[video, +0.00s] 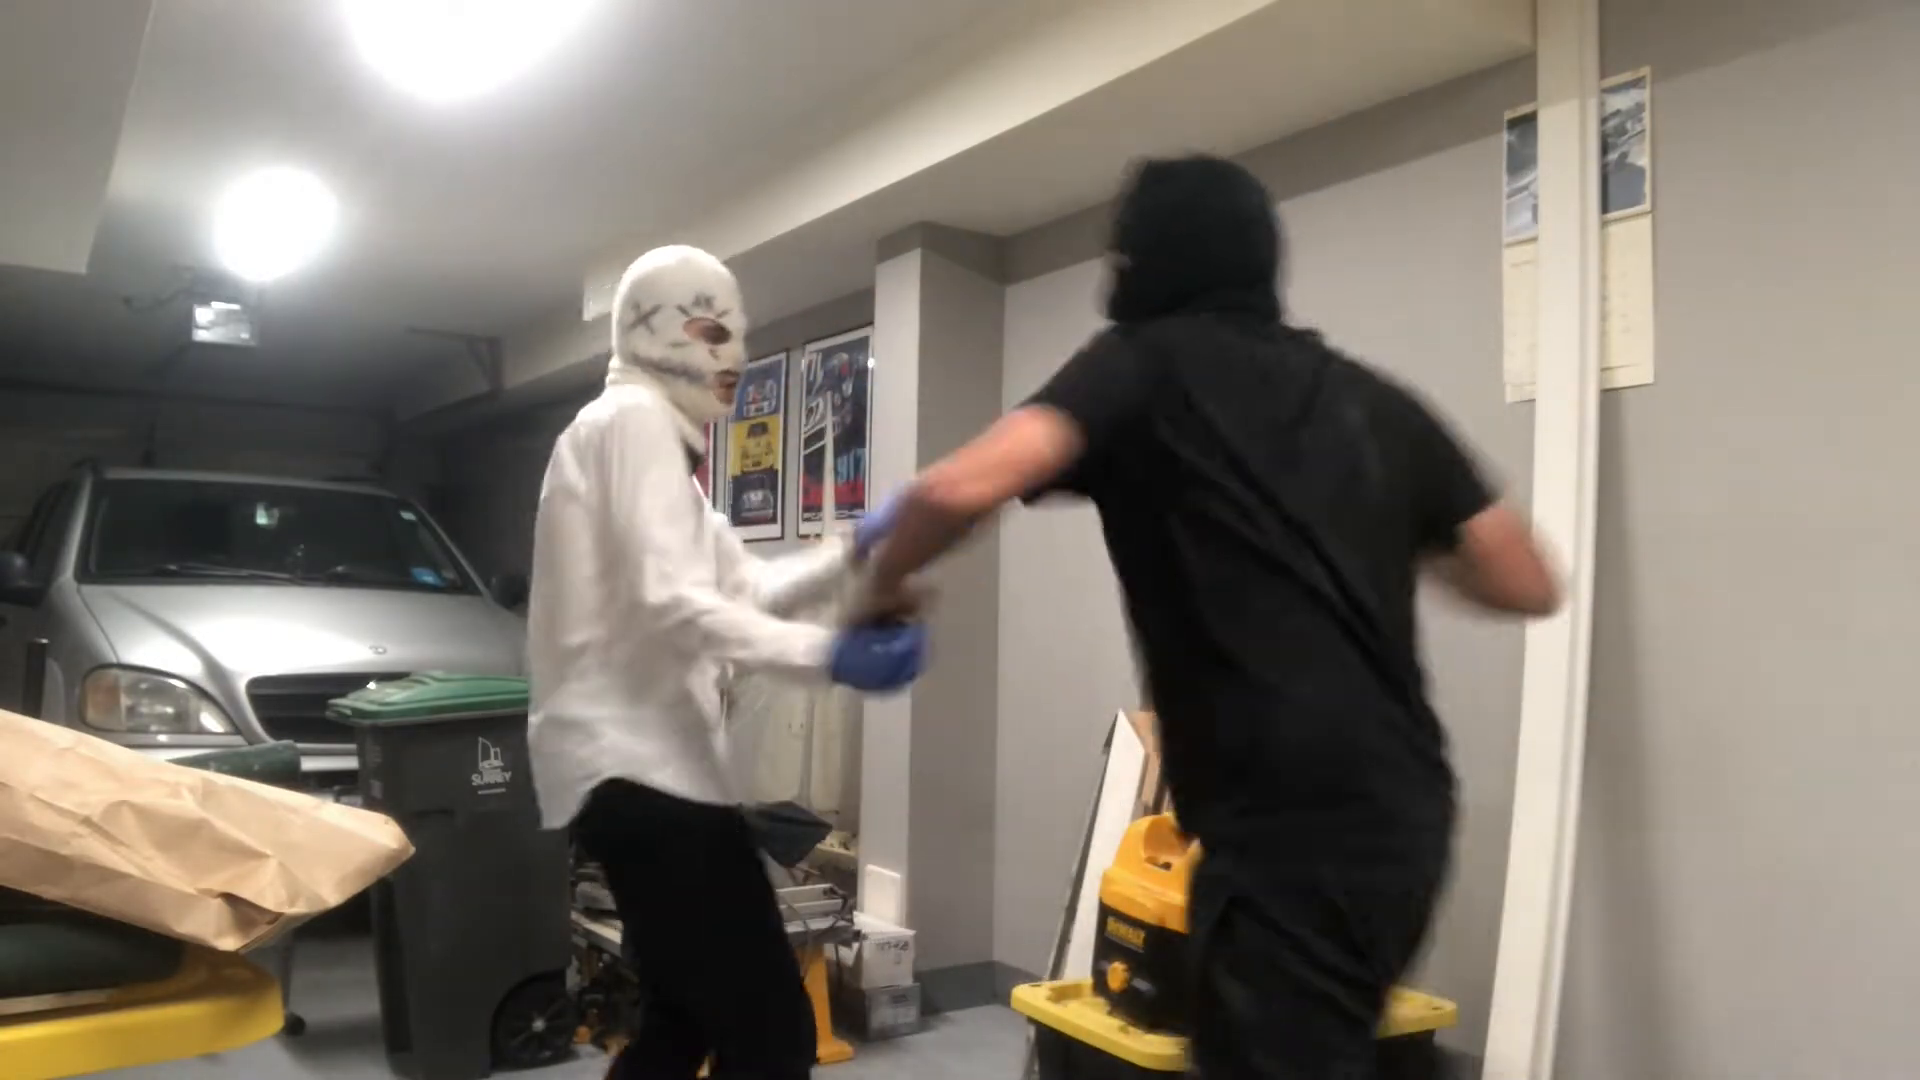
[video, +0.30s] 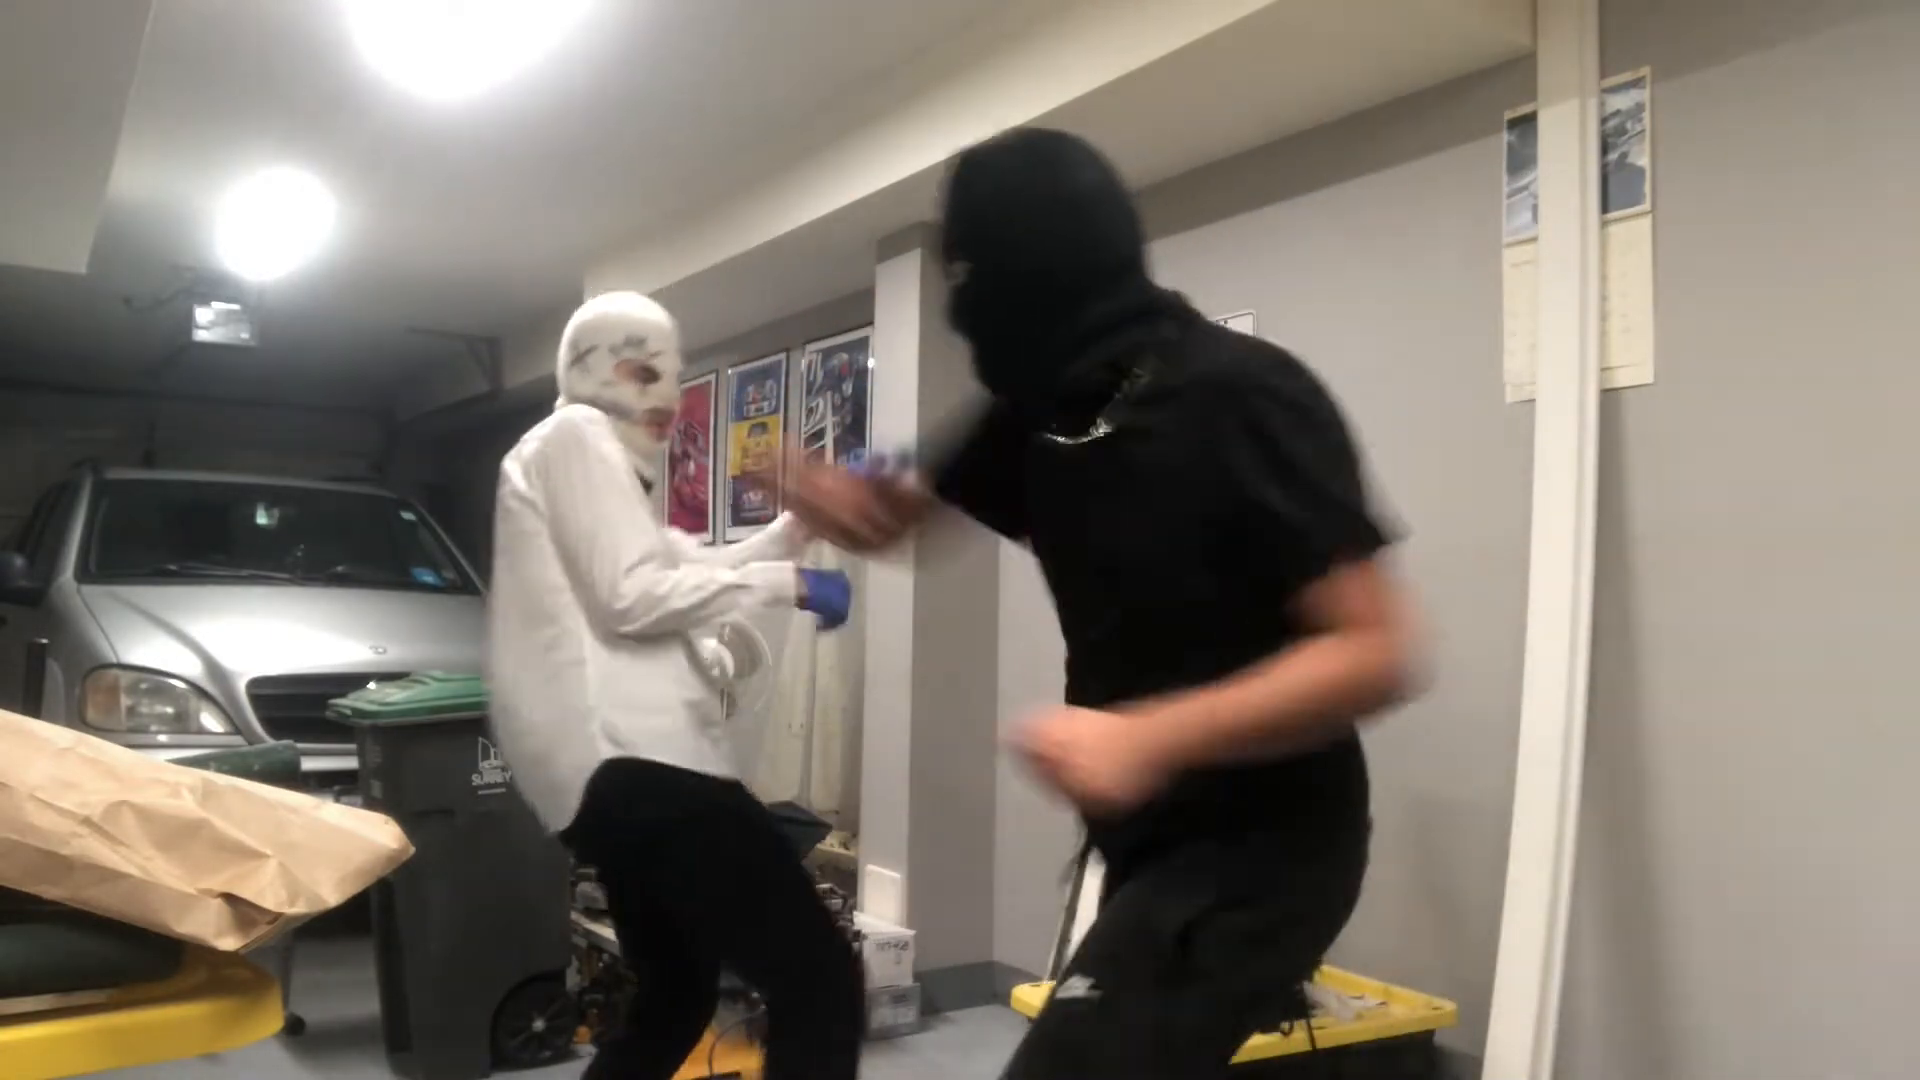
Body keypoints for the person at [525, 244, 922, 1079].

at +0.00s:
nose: (732, 357)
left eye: (734, 336)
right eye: (715, 333)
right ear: (663, 331)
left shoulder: (650, 444)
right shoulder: (630, 421)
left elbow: (747, 595)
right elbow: (670, 600)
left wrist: (855, 552)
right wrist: (829, 651)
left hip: (646, 768)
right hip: (642, 770)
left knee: (680, 1020)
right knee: (770, 1029)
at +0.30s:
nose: (664, 392)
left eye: (669, 375)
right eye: (639, 371)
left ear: (673, 375)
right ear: (588, 369)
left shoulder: (593, 458)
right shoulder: (573, 438)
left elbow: (691, 575)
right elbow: (630, 596)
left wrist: (799, 522)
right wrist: (786, 582)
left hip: (615, 769)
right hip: (634, 763)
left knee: (672, 999)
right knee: (818, 976)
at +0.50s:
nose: (654, 359)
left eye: (663, 345)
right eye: (630, 334)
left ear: (670, 354)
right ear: (581, 336)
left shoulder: (556, 438)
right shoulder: (578, 391)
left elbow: (649, 609)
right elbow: (586, 496)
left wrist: (761, 561)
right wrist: (755, 491)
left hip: (556, 737)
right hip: (615, 705)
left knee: (609, 993)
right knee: (851, 852)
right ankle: (809, 1068)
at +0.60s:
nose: (655, 355)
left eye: (663, 339)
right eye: (637, 330)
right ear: (590, 328)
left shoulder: (571, 424)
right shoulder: (574, 393)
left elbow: (655, 584)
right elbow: (623, 484)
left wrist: (732, 501)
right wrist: (716, 442)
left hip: (553, 731)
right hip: (603, 710)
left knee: (590, 984)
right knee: (841, 861)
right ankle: (795, 1069)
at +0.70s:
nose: (652, 368)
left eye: (656, 350)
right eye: (634, 345)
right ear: (590, 346)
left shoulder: (545, 442)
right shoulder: (561, 435)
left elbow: (654, 552)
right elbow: (589, 561)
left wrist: (740, 476)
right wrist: (711, 543)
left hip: (553, 762)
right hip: (603, 753)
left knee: (606, 985)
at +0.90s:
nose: (605, 415)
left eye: (610, 395)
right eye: (582, 392)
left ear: (614, 399)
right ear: (522, 393)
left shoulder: (596, 512)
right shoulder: (468, 498)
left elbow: (664, 607)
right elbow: (497, 674)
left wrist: (748, 600)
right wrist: (653, 716)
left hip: (598, 782)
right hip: (523, 788)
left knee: (622, 987)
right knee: (674, 994)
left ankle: (525, 1068)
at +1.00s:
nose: (575, 424)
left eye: (580, 403)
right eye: (549, 407)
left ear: (590, 405)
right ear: (490, 416)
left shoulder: (591, 521)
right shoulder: (434, 515)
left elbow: (656, 626)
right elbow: (436, 687)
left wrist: (704, 610)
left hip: (575, 790)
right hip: (480, 793)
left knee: (573, 992)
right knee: (594, 988)